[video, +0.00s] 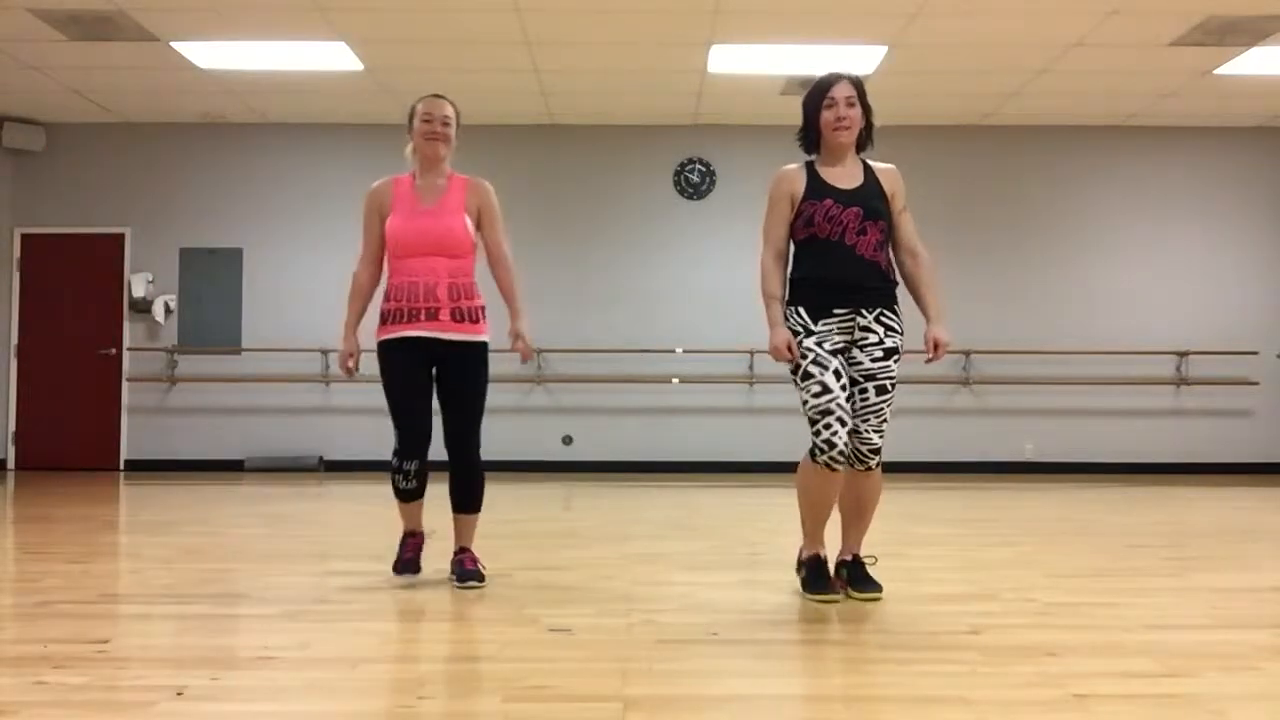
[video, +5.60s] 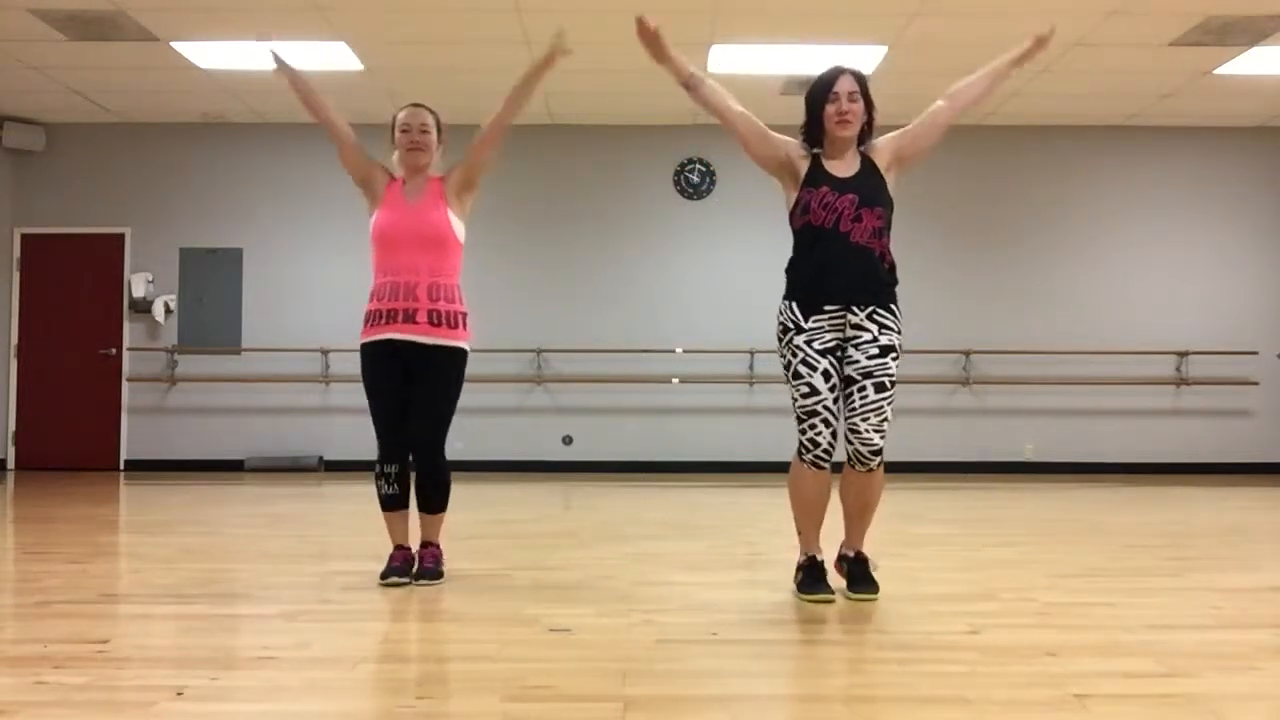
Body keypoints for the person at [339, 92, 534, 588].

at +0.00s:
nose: (436, 127)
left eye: (445, 121)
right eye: (427, 119)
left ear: (456, 135)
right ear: (409, 131)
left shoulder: (476, 192)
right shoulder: (384, 194)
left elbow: (499, 257)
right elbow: (369, 267)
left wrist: (517, 319)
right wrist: (350, 330)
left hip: (463, 334)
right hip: (401, 334)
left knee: (463, 443)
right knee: (412, 439)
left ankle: (465, 550)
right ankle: (410, 536)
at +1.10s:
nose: (422, 128)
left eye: (432, 123)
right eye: (413, 120)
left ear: (444, 138)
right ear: (397, 132)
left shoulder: (463, 194)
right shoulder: (373, 192)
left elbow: (505, 241)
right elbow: (326, 246)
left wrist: (515, 255)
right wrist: (276, 279)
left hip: (447, 336)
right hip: (388, 335)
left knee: (433, 441)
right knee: (390, 447)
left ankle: (438, 544)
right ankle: (392, 552)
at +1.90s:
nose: (423, 128)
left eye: (432, 122)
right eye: (414, 121)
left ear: (446, 136)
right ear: (400, 133)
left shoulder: (463, 188)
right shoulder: (374, 186)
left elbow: (519, 189)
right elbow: (300, 195)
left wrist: (528, 182)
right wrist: (238, 200)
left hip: (446, 337)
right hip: (387, 335)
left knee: (437, 445)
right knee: (390, 449)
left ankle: (436, 550)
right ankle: (396, 552)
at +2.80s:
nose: (413, 126)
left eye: (422, 121)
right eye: (404, 120)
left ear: (436, 136)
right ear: (390, 132)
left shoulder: (454, 184)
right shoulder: (367, 184)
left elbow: (527, 184)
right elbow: (299, 186)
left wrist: (594, 183)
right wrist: (312, 162)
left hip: (444, 335)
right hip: (386, 334)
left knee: (437, 445)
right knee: (391, 447)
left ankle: (430, 550)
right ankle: (397, 552)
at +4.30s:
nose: (416, 138)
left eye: (426, 132)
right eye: (408, 132)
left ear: (441, 144)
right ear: (395, 143)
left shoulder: (462, 191)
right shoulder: (376, 191)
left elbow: (533, 186)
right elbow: (303, 183)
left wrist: (541, 136)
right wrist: (345, 145)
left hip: (453, 339)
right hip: (393, 338)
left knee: (447, 448)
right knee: (397, 447)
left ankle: (433, 548)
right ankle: (397, 543)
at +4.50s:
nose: (416, 133)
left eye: (426, 128)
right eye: (407, 126)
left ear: (440, 141)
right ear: (395, 139)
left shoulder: (458, 187)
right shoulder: (375, 188)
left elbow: (512, 142)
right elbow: (311, 155)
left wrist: (462, 107)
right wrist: (366, 118)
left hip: (449, 337)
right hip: (390, 336)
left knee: (440, 444)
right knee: (395, 447)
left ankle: (433, 549)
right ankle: (402, 550)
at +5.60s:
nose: (413, 134)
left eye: (423, 128)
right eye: (405, 129)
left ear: (439, 141)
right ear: (393, 141)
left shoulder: (457, 187)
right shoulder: (378, 186)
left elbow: (499, 125)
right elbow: (333, 124)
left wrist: (540, 68)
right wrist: (289, 71)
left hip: (442, 338)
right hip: (384, 334)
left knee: (428, 446)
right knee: (391, 446)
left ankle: (430, 547)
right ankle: (400, 550)